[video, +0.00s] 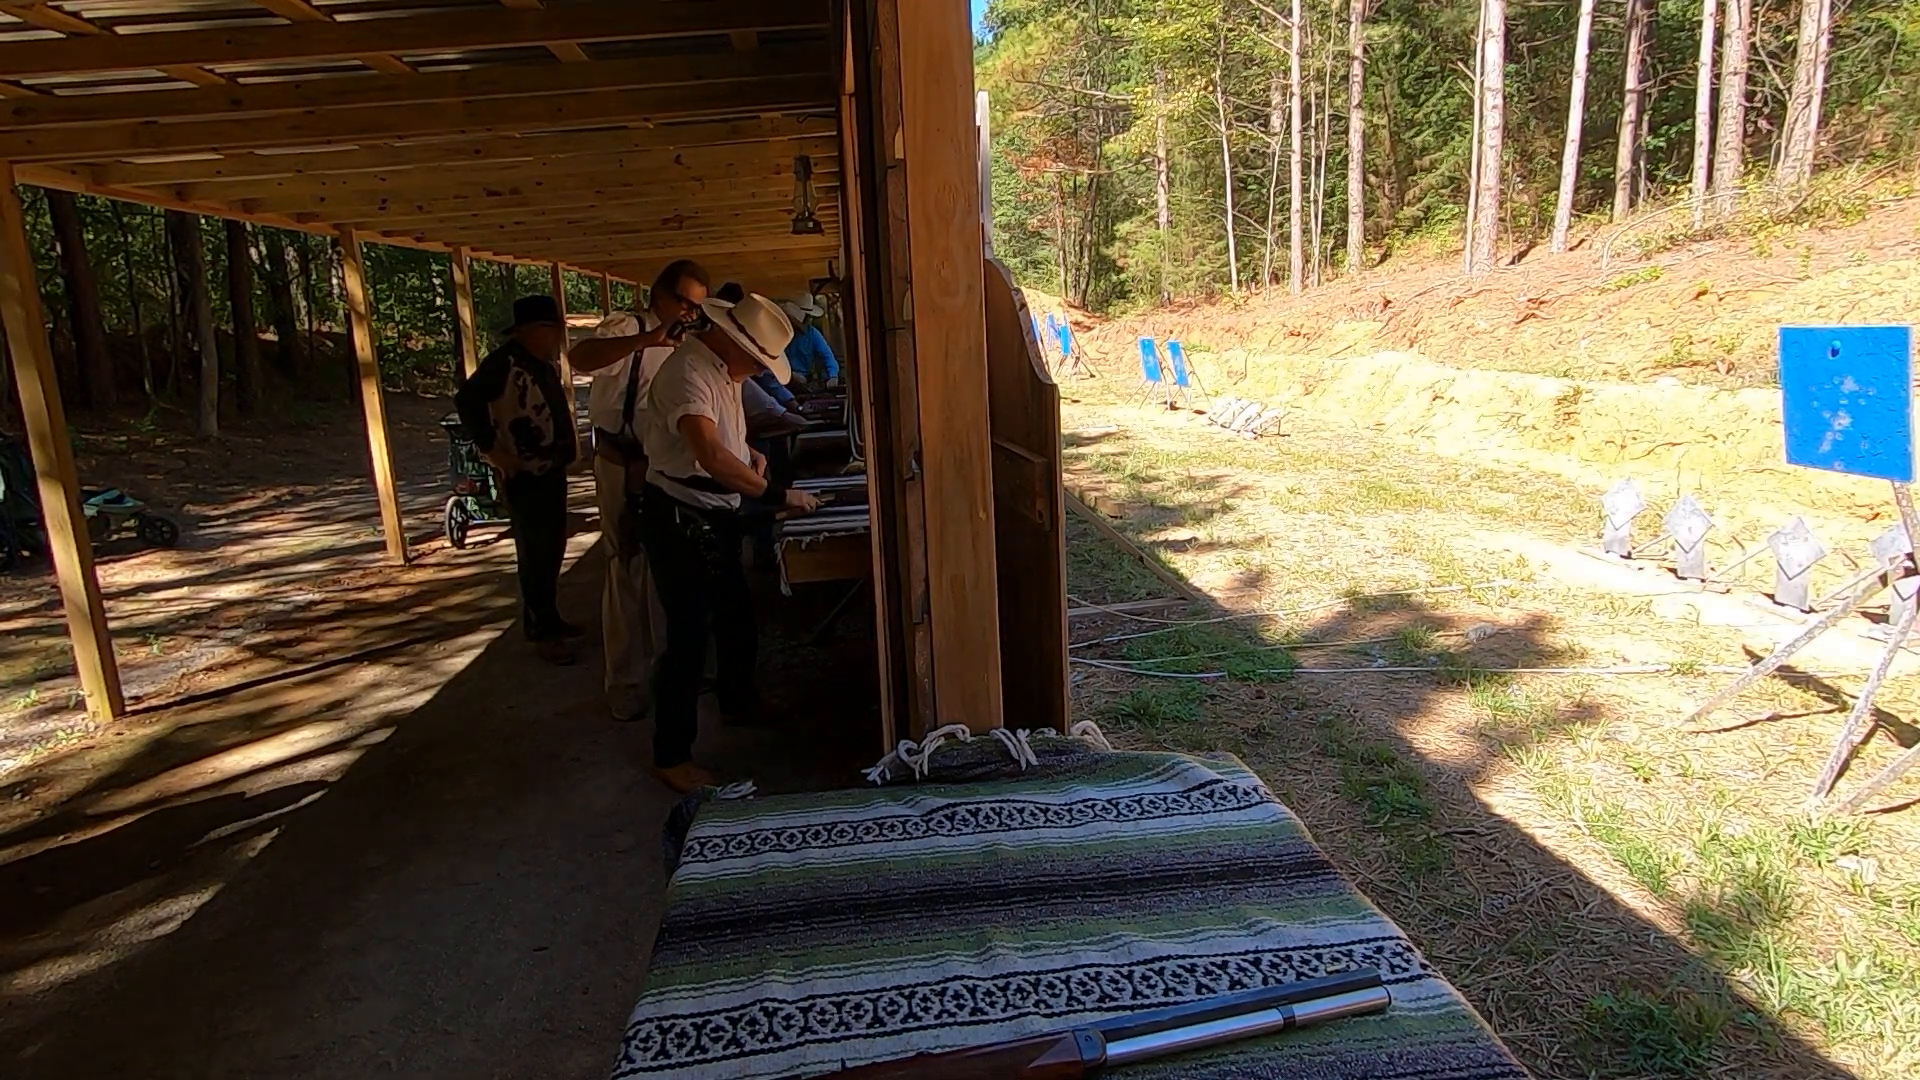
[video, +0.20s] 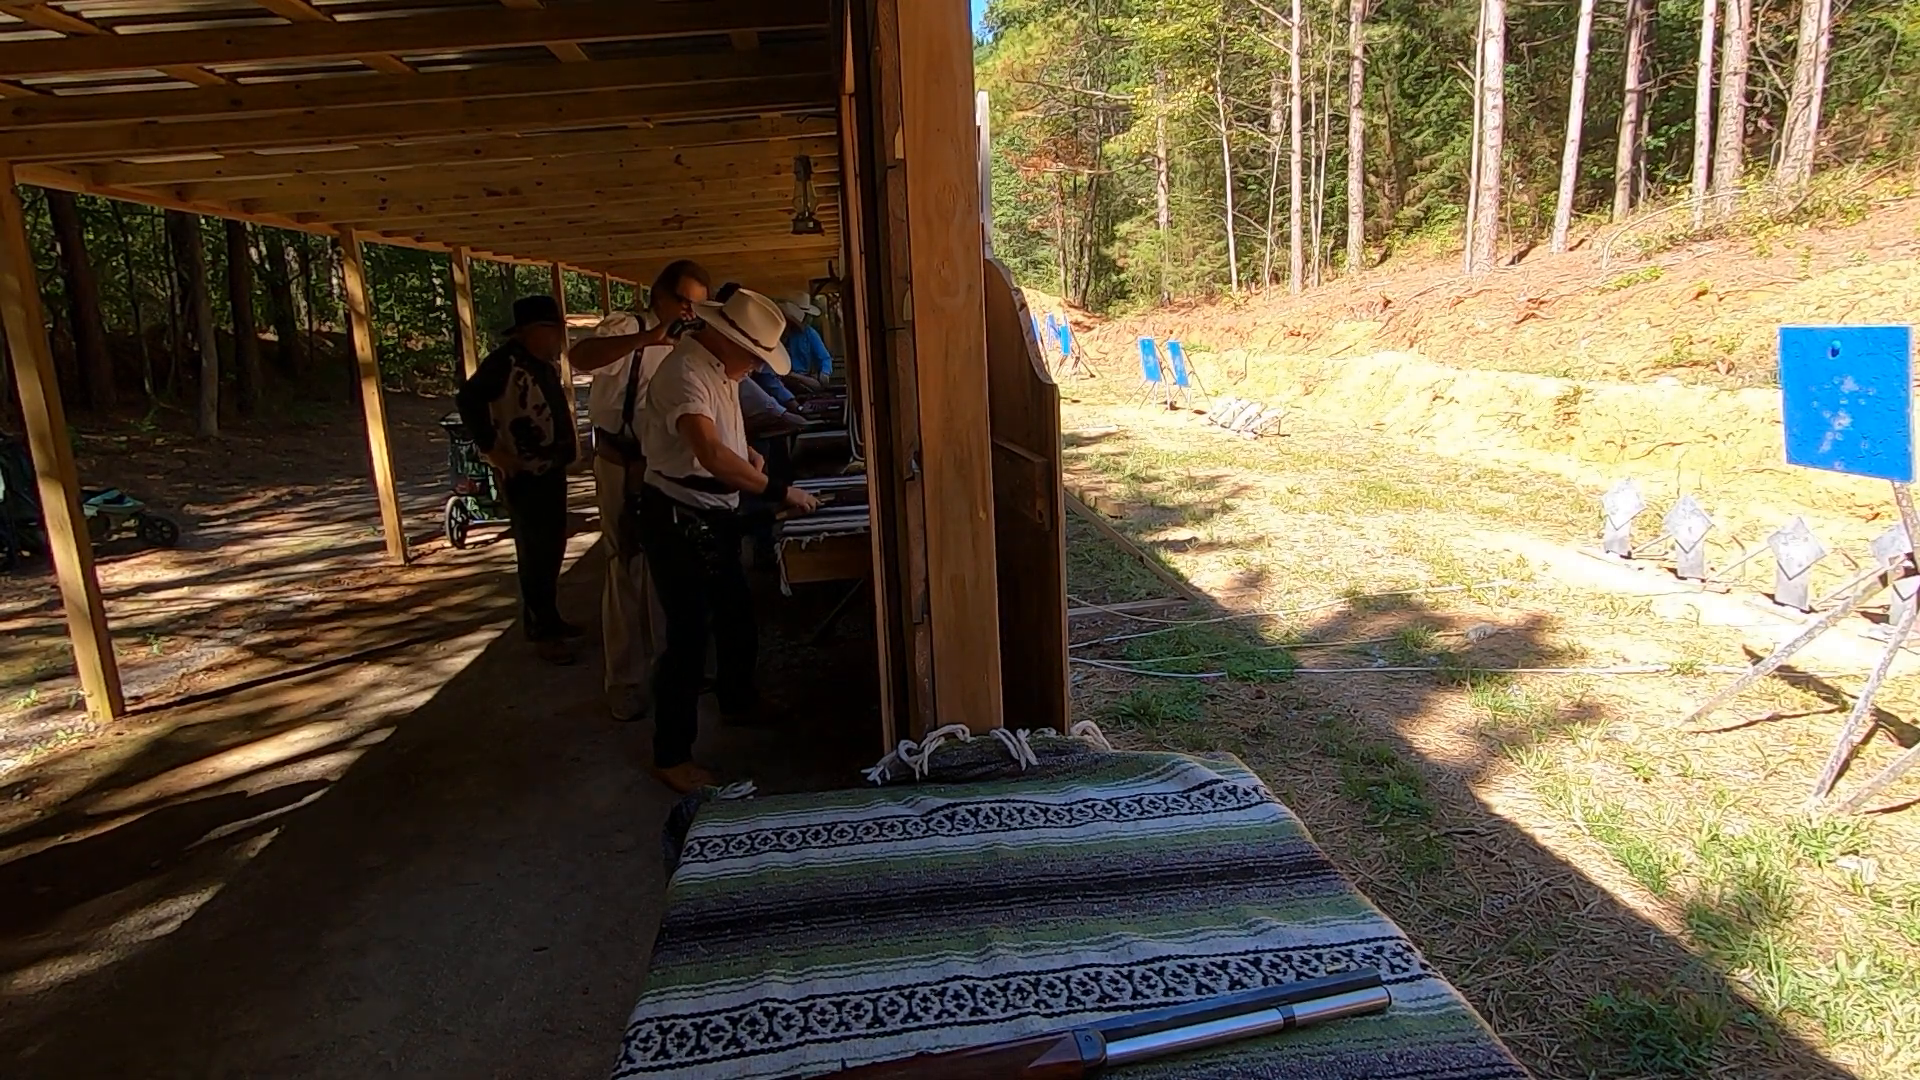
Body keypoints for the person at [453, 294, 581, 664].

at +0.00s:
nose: (559, 338)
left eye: (559, 330)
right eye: (553, 330)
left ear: (547, 332)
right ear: (531, 331)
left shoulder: (545, 364)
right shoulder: (504, 361)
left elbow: (550, 410)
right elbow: (467, 399)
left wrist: (564, 446)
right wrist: (490, 448)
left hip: (551, 472)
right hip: (525, 475)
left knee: (552, 550)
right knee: (536, 553)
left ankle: (549, 621)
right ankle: (541, 631)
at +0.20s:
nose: (561, 338)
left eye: (561, 330)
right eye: (555, 330)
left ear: (547, 332)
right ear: (533, 331)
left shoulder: (545, 364)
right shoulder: (505, 361)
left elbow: (549, 409)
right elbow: (468, 399)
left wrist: (564, 446)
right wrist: (490, 447)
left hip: (551, 472)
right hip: (525, 475)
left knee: (551, 550)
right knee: (536, 553)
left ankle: (549, 620)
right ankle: (541, 631)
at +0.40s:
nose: (562, 337)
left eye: (562, 330)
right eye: (556, 330)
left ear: (547, 333)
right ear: (533, 332)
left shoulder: (546, 365)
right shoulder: (505, 361)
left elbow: (550, 409)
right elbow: (469, 399)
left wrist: (564, 445)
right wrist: (491, 448)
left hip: (551, 471)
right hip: (525, 474)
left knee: (552, 549)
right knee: (536, 552)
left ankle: (548, 620)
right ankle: (541, 629)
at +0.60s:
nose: (563, 337)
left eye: (563, 330)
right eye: (557, 330)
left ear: (547, 333)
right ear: (534, 331)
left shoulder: (546, 365)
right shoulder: (506, 361)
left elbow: (551, 409)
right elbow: (470, 399)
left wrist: (566, 443)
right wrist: (491, 448)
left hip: (551, 472)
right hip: (525, 475)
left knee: (552, 550)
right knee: (536, 553)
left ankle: (548, 620)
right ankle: (541, 630)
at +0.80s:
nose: (563, 337)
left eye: (563, 329)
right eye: (557, 329)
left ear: (547, 332)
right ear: (534, 331)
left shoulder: (546, 365)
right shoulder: (507, 361)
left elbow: (551, 410)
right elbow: (470, 399)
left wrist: (565, 446)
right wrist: (492, 448)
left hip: (551, 473)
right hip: (525, 475)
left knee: (552, 551)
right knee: (536, 553)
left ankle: (549, 621)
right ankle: (541, 630)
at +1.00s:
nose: (563, 337)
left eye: (563, 330)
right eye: (557, 330)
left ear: (546, 333)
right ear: (534, 331)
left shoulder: (546, 366)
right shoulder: (506, 361)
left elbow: (551, 412)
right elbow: (470, 399)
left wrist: (565, 449)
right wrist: (491, 448)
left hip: (551, 473)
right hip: (525, 475)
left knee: (552, 550)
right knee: (536, 552)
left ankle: (549, 620)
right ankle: (541, 630)